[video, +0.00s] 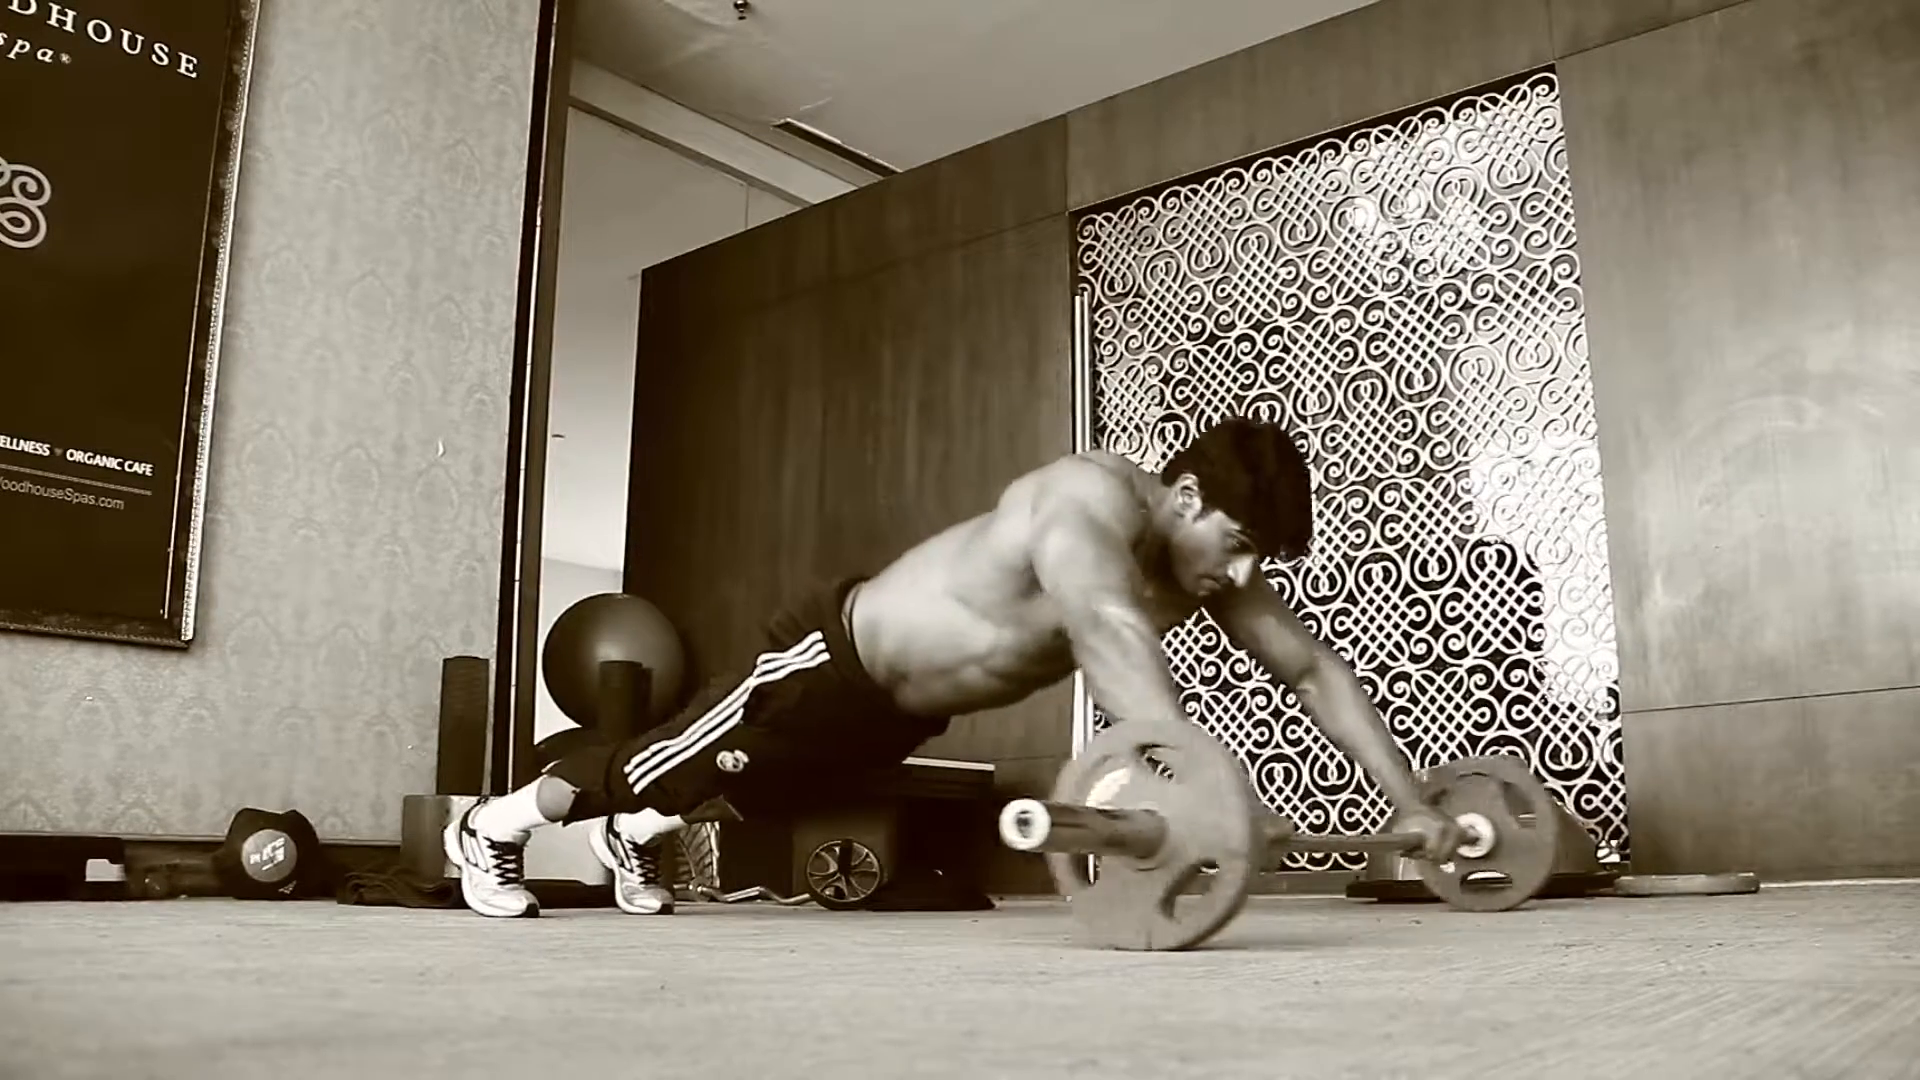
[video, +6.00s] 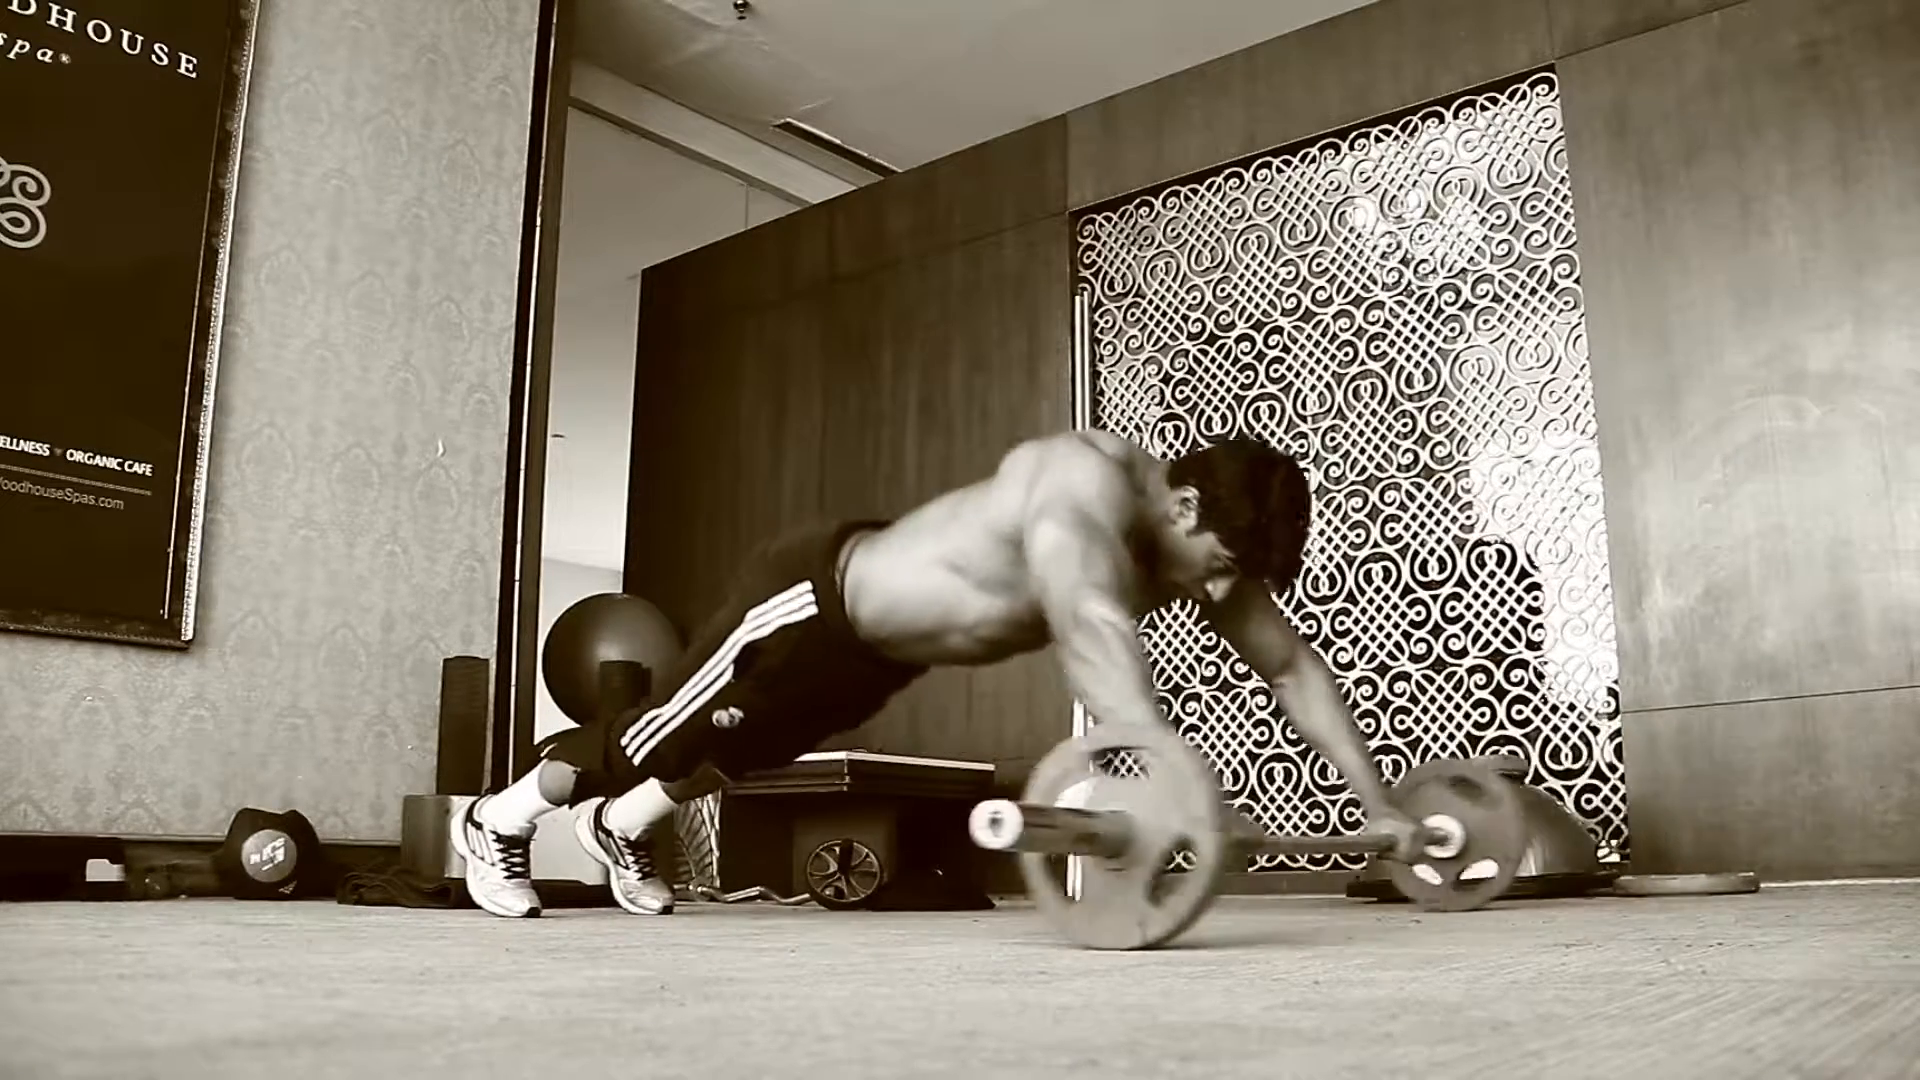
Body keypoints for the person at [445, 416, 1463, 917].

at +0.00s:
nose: (1237, 579)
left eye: (1252, 564)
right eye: (1240, 553)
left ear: (1228, 526)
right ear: (1200, 496)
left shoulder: (1183, 553)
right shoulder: (1090, 498)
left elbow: (1310, 668)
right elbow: (1105, 634)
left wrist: (1407, 791)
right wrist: (1193, 756)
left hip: (899, 712)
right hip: (839, 659)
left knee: (761, 800)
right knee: (668, 765)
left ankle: (628, 843)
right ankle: (495, 820)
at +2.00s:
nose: (1011, 562)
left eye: (1028, 551)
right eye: (1011, 540)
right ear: (975, 486)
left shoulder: (989, 507)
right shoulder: (854, 466)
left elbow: (1032, 668)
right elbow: (798, 635)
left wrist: (1051, 816)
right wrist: (798, 809)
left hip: (769, 524)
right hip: (688, 470)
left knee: (675, 687)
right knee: (581, 667)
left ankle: (610, 839)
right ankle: (471, 845)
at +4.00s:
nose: (1057, 541)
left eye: (1071, 529)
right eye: (1056, 519)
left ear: (1051, 501)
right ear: (1012, 472)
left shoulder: (1020, 525)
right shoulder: (896, 474)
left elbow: (1088, 670)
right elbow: (864, 638)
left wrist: (1138, 811)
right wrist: (890, 805)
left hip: (784, 562)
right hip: (708, 507)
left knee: (684, 709)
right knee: (596, 686)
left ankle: (596, 855)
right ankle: (471, 854)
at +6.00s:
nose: (1208, 591)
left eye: (1226, 579)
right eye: (1215, 569)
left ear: (1209, 521)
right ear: (1191, 507)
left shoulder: (1177, 534)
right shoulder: (1075, 487)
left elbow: (1290, 665)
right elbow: (1086, 625)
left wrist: (1372, 793)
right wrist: (1156, 750)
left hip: (887, 645)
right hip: (823, 612)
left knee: (751, 738)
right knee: (657, 737)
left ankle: (618, 821)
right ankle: (495, 821)